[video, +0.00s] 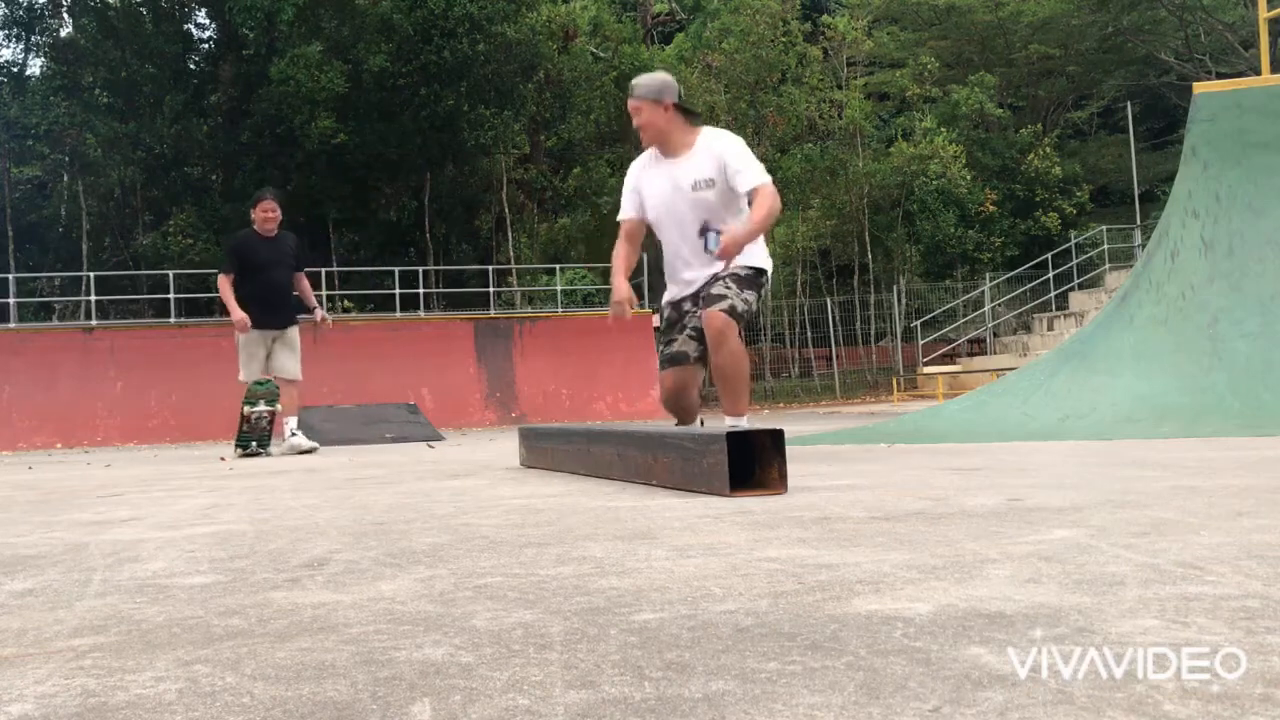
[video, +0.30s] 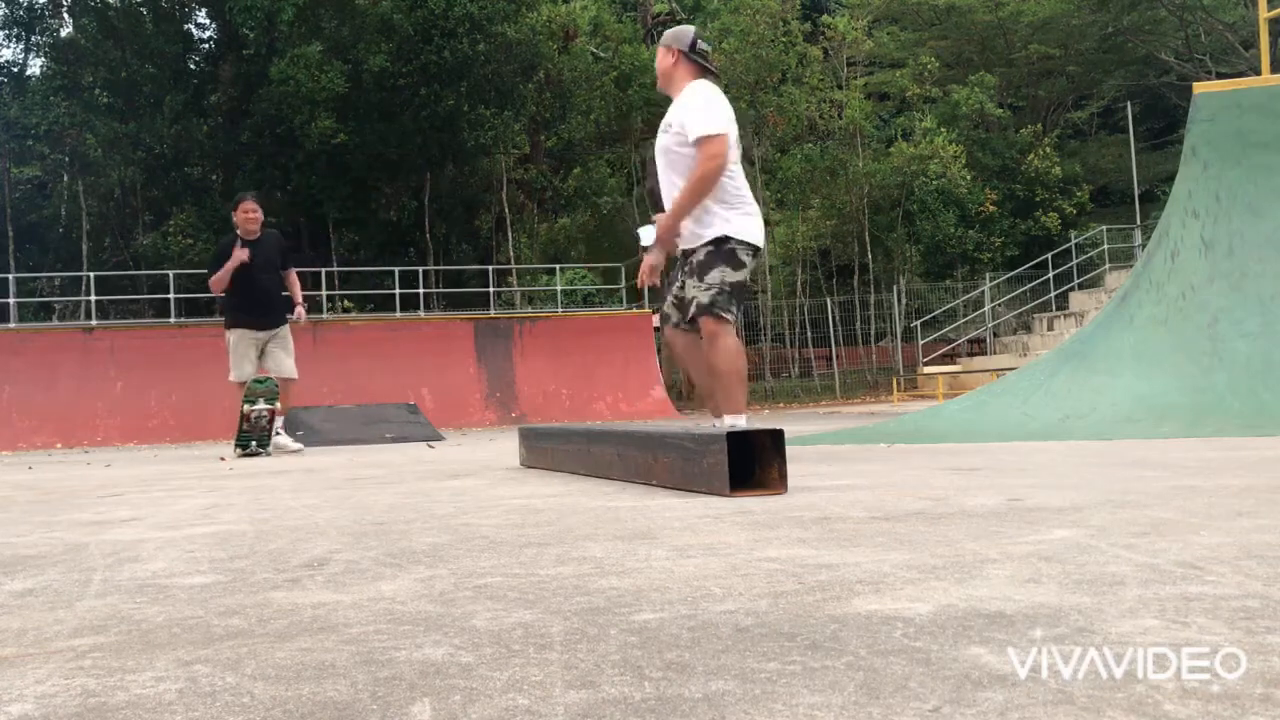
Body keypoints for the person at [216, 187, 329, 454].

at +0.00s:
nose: (270, 216)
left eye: (274, 211)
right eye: (264, 211)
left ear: (280, 214)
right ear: (253, 214)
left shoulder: (289, 242)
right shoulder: (240, 243)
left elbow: (299, 278)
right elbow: (224, 281)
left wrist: (315, 307)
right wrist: (235, 311)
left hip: (286, 325)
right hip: (252, 327)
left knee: (289, 379)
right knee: (252, 383)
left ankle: (291, 434)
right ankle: (253, 439)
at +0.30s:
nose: (252, 216)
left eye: (256, 211)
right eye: (246, 212)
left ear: (262, 215)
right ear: (235, 217)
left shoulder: (274, 239)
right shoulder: (227, 247)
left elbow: (289, 273)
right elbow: (215, 286)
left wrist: (299, 302)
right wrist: (231, 263)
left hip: (277, 324)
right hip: (242, 327)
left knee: (285, 377)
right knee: (245, 383)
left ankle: (277, 431)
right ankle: (248, 438)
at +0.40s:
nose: (245, 215)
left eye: (249, 211)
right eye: (240, 212)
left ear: (257, 215)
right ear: (230, 217)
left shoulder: (271, 240)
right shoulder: (225, 246)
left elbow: (287, 277)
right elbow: (214, 280)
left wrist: (293, 310)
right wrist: (229, 249)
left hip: (274, 322)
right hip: (240, 325)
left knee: (281, 380)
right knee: (244, 382)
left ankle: (272, 433)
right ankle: (247, 436)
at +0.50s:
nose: (245, 216)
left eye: (248, 211)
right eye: (239, 213)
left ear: (256, 216)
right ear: (230, 219)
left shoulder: (271, 243)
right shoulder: (226, 247)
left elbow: (285, 278)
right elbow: (212, 273)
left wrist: (292, 312)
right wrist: (228, 240)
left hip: (272, 324)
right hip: (240, 325)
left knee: (275, 384)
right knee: (241, 383)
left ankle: (271, 436)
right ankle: (243, 437)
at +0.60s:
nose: (245, 219)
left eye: (248, 214)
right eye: (239, 215)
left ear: (257, 218)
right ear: (231, 221)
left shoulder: (271, 245)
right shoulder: (227, 248)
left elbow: (284, 280)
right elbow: (211, 274)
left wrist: (293, 313)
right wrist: (227, 240)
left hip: (271, 325)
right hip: (239, 326)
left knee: (273, 385)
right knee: (241, 382)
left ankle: (267, 437)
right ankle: (244, 438)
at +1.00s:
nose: (256, 233)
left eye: (260, 228)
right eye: (252, 228)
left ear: (266, 230)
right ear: (240, 228)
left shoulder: (269, 254)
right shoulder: (228, 254)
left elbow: (275, 291)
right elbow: (216, 293)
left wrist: (282, 326)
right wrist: (223, 325)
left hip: (268, 331)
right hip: (241, 330)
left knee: (267, 384)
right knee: (244, 382)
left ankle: (265, 435)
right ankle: (246, 434)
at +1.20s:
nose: (261, 237)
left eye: (264, 233)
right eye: (256, 232)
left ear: (269, 232)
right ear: (243, 229)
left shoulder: (270, 254)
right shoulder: (226, 254)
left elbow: (272, 288)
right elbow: (212, 290)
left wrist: (270, 317)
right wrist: (207, 325)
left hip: (262, 323)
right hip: (234, 321)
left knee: (261, 379)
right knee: (247, 370)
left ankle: (255, 435)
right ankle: (240, 430)